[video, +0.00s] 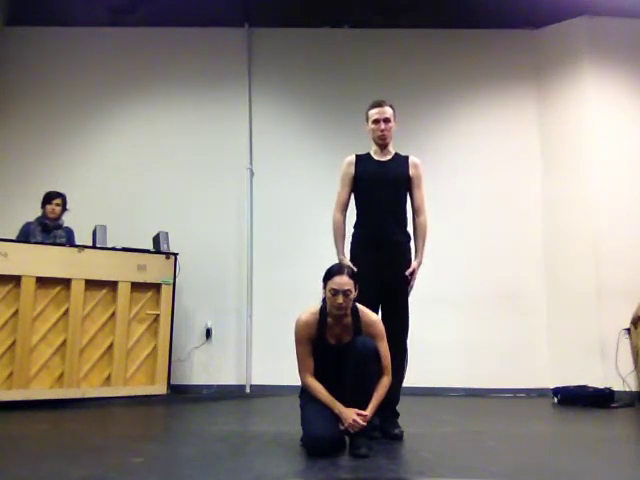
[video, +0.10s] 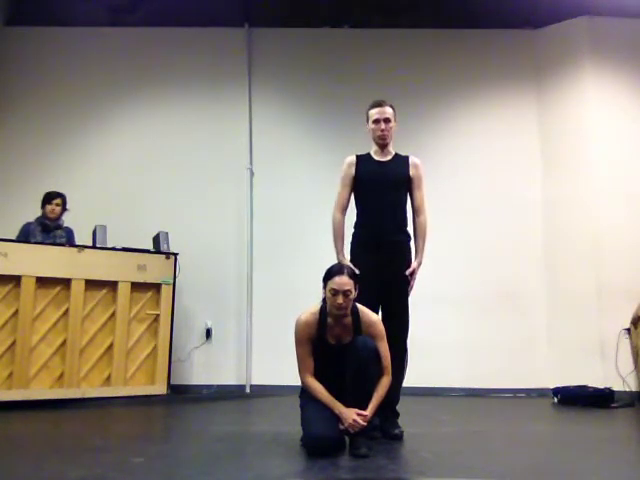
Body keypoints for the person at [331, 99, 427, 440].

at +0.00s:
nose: (382, 126)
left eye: (387, 121)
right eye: (376, 121)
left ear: (395, 125)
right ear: (367, 127)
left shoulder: (411, 166)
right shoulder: (353, 165)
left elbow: (420, 215)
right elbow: (339, 213)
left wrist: (418, 258)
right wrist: (342, 259)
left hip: (397, 258)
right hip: (363, 259)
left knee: (396, 338)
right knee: (359, 338)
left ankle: (389, 415)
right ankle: (359, 417)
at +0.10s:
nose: (382, 126)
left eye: (387, 121)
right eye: (376, 121)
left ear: (395, 125)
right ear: (367, 127)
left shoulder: (411, 166)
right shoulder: (354, 165)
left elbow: (420, 215)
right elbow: (339, 213)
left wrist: (418, 259)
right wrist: (342, 259)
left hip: (397, 258)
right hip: (363, 258)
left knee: (396, 338)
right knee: (360, 337)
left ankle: (389, 415)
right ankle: (360, 417)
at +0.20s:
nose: (382, 126)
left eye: (387, 120)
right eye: (377, 120)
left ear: (395, 125)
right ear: (368, 126)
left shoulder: (412, 166)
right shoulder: (354, 165)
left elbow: (420, 215)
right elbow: (338, 213)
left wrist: (418, 258)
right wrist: (341, 260)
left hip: (397, 258)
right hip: (363, 258)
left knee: (396, 338)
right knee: (360, 338)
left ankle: (389, 415)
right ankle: (360, 417)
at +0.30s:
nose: (383, 125)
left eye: (387, 119)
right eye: (377, 119)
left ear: (395, 125)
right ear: (368, 126)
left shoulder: (412, 166)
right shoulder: (354, 165)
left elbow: (421, 215)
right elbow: (335, 210)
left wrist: (418, 259)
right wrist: (345, 252)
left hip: (397, 257)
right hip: (364, 258)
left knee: (395, 338)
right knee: (360, 337)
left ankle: (389, 415)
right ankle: (360, 417)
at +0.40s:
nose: (383, 124)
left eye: (387, 118)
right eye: (377, 119)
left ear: (395, 124)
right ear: (368, 126)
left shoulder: (411, 166)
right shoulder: (353, 165)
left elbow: (421, 215)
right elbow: (333, 210)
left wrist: (419, 259)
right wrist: (350, 213)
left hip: (396, 259)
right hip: (363, 259)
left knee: (395, 339)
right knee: (360, 338)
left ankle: (388, 415)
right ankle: (360, 416)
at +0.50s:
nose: (382, 123)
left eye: (387, 118)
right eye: (376, 118)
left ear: (395, 124)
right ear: (367, 125)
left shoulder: (411, 166)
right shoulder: (354, 164)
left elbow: (421, 214)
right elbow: (332, 208)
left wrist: (418, 259)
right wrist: (357, 186)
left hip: (396, 258)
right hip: (363, 257)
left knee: (395, 338)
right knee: (359, 336)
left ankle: (388, 415)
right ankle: (358, 416)